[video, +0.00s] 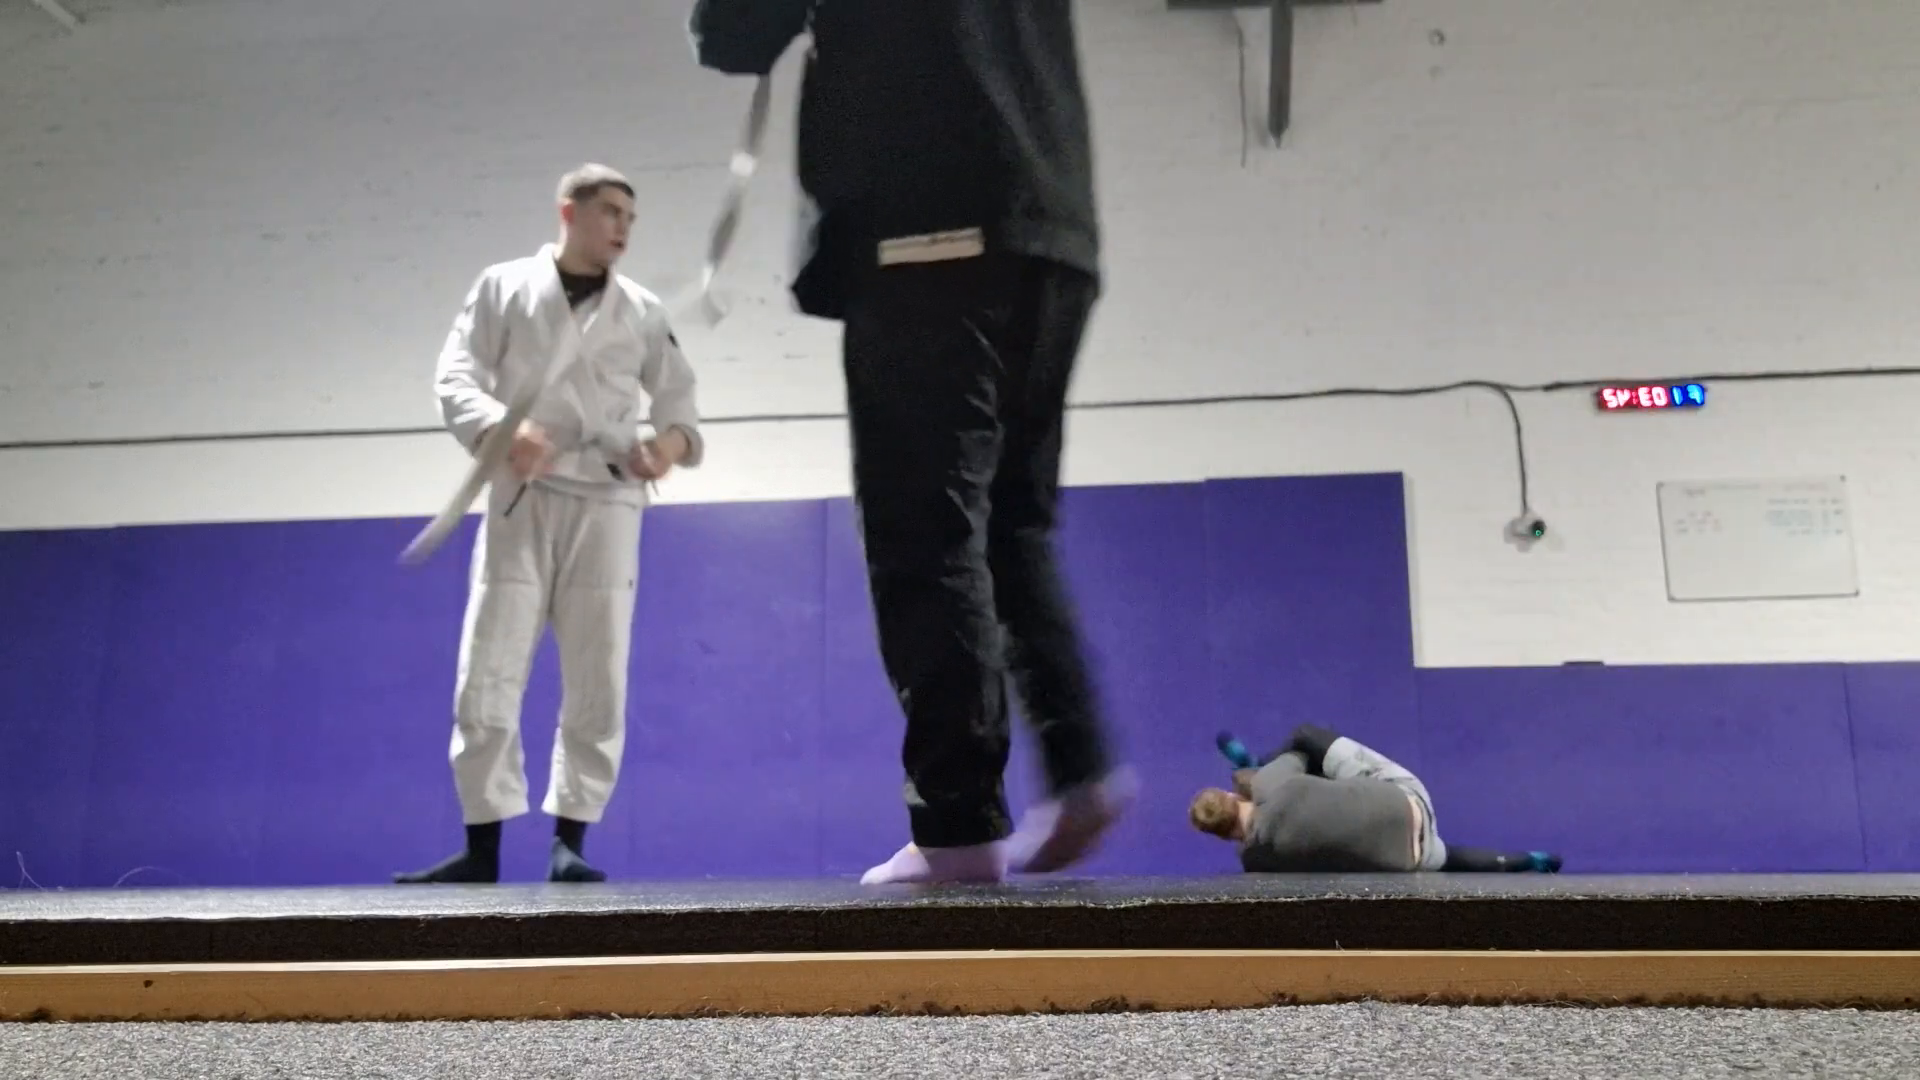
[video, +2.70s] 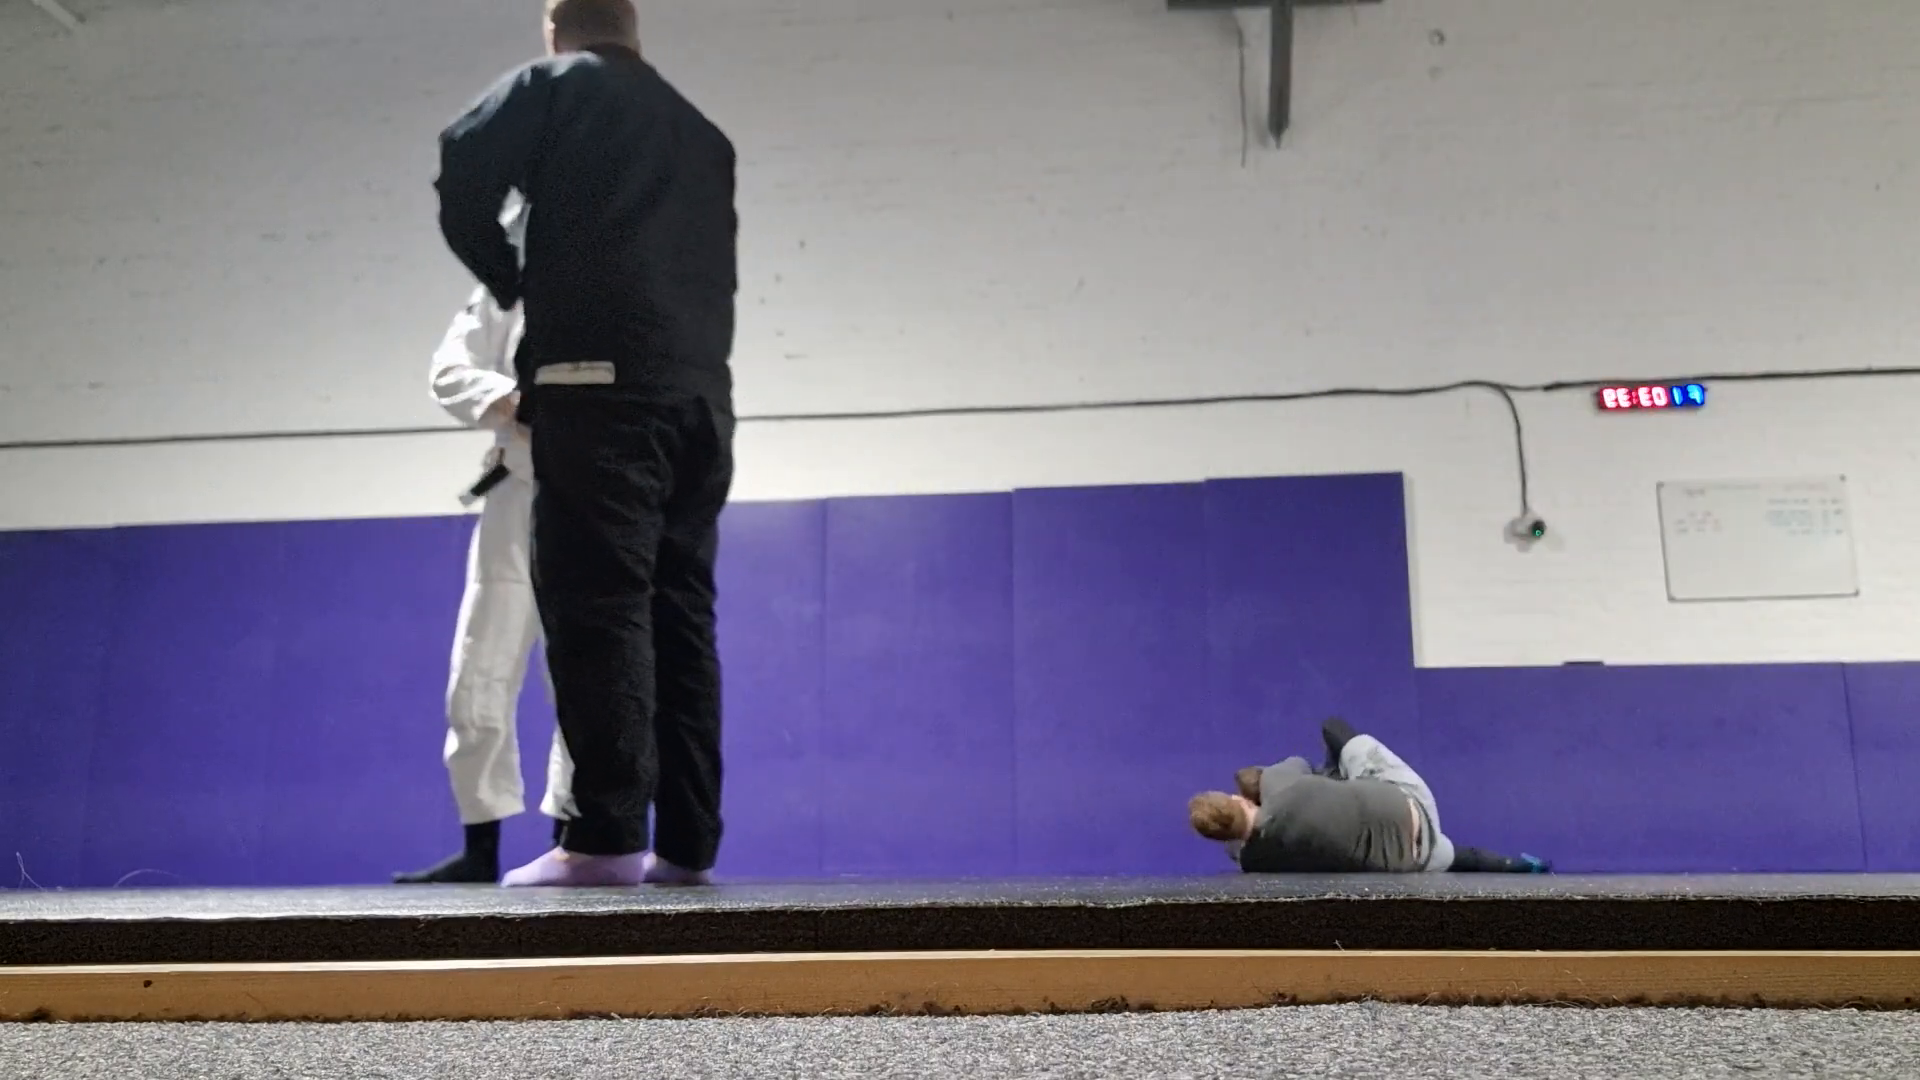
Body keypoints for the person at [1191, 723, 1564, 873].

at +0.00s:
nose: (1227, 795)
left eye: (1215, 817)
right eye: (1225, 793)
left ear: (1222, 836)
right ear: (1233, 791)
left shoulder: (1258, 859)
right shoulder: (1271, 782)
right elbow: (1300, 756)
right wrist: (1257, 775)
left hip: (1413, 856)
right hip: (1409, 802)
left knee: (1447, 855)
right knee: (1310, 738)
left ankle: (1523, 862)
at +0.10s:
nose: (1224, 795)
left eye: (1212, 814)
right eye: (1222, 793)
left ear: (1219, 837)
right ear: (1230, 792)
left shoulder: (1256, 861)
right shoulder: (1268, 783)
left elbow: (1304, 865)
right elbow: (1300, 757)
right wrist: (1260, 774)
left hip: (1412, 859)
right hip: (1408, 804)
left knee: (1444, 856)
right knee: (1308, 736)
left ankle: (1523, 863)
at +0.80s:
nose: (1231, 791)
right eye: (1228, 789)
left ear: (1220, 835)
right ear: (1232, 789)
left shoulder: (1256, 859)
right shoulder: (1266, 781)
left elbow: (1312, 866)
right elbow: (1297, 751)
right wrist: (1257, 772)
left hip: (1414, 860)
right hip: (1408, 804)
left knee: (1443, 856)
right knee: (1307, 739)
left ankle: (1518, 861)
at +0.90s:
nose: (1227, 797)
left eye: (1213, 817)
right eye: (1224, 793)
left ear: (1219, 836)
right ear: (1230, 790)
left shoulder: (1253, 857)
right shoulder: (1265, 777)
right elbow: (1301, 746)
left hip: (1414, 859)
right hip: (1408, 801)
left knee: (1445, 858)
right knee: (1310, 738)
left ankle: (1518, 861)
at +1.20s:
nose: (1224, 792)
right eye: (1221, 794)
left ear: (1218, 840)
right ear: (1228, 796)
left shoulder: (1255, 862)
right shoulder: (1265, 781)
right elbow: (1292, 759)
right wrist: (1249, 781)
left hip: (1418, 861)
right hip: (1413, 807)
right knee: (1309, 737)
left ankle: (1471, 860)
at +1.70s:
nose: (1227, 801)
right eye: (1225, 805)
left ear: (1221, 852)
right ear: (1231, 803)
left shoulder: (1258, 864)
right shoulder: (1269, 781)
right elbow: (1291, 760)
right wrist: (1262, 765)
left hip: (1414, 860)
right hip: (1411, 808)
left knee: (1421, 851)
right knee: (1301, 742)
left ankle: (1466, 866)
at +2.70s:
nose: (1233, 790)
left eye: (1222, 826)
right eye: (1229, 791)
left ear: (1225, 840)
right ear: (1238, 794)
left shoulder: (1256, 862)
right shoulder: (1279, 781)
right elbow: (1302, 769)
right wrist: (1257, 783)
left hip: (1417, 862)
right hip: (1416, 808)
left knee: (1447, 855)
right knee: (1337, 730)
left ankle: (1518, 865)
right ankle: (1340, 775)